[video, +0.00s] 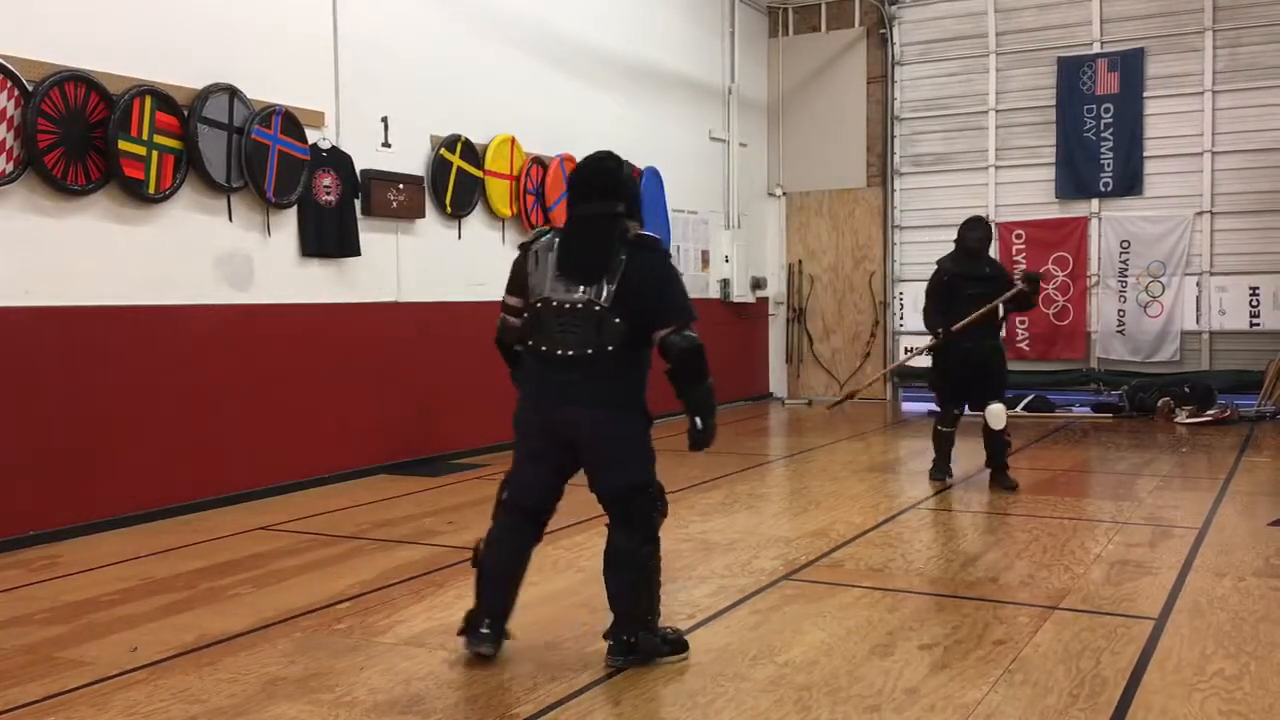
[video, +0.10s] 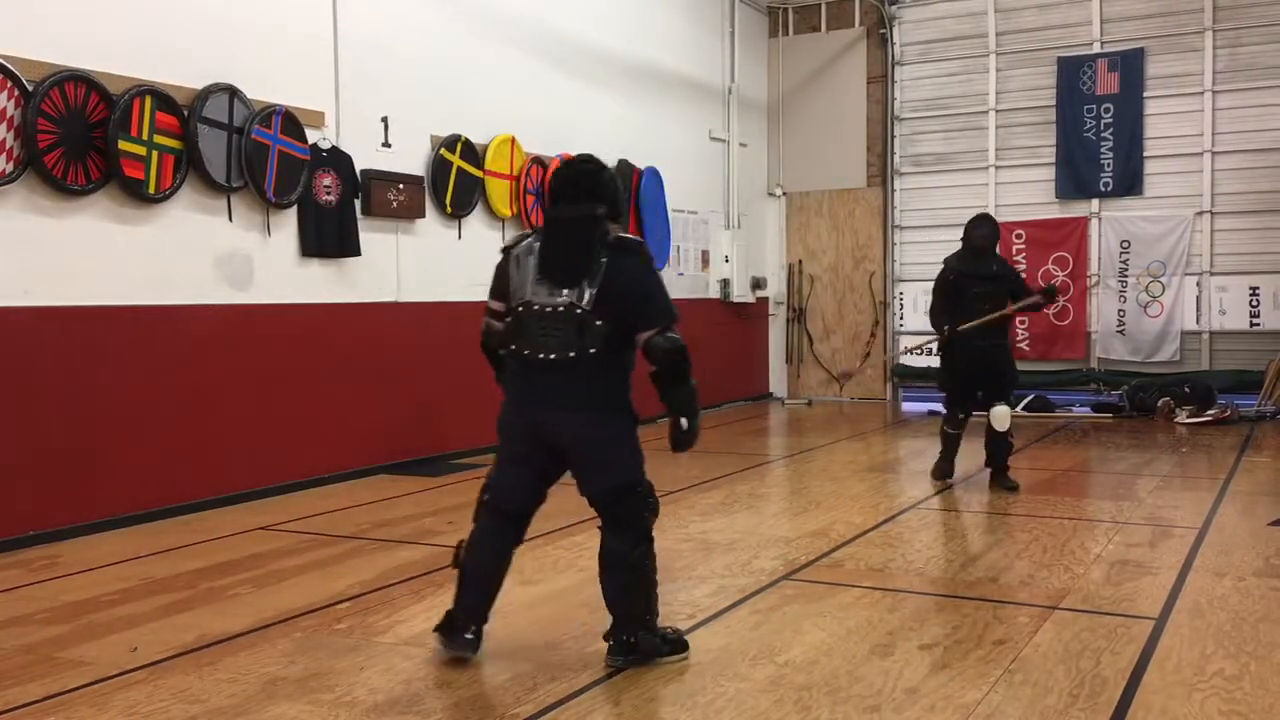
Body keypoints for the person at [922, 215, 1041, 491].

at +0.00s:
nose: (978, 247)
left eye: (983, 242)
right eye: (973, 241)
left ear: (990, 241)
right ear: (961, 238)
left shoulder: (996, 271)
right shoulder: (946, 270)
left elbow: (1016, 303)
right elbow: (932, 308)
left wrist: (1030, 292)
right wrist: (937, 328)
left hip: (988, 352)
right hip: (953, 351)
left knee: (995, 411)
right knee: (949, 411)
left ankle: (999, 472)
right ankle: (941, 464)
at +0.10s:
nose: (982, 246)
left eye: (988, 240)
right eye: (977, 239)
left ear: (997, 240)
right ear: (967, 237)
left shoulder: (1003, 270)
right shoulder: (953, 269)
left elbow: (1022, 300)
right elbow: (937, 308)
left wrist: (1042, 298)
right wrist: (943, 328)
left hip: (996, 352)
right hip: (960, 351)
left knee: (1000, 411)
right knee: (957, 412)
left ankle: (999, 472)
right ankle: (946, 462)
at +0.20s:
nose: (988, 244)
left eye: (993, 237)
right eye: (982, 237)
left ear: (1002, 238)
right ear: (972, 237)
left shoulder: (1009, 269)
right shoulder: (958, 268)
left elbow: (1033, 297)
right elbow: (942, 305)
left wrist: (1058, 311)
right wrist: (948, 324)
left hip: (1001, 349)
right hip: (965, 348)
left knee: (1002, 411)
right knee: (964, 409)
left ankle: (1000, 472)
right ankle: (957, 458)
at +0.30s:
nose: (987, 243)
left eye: (993, 236)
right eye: (981, 236)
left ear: (1004, 236)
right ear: (972, 235)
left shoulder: (1015, 267)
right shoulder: (961, 266)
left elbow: (1040, 298)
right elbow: (944, 302)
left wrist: (1057, 328)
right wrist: (947, 320)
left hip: (1003, 350)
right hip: (966, 349)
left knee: (1003, 413)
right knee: (969, 412)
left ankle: (1000, 473)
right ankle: (969, 468)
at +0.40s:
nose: (986, 243)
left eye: (992, 237)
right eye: (981, 237)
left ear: (1005, 237)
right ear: (972, 236)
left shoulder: (1018, 268)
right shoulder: (963, 268)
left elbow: (1042, 302)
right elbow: (945, 305)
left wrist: (1048, 337)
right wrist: (952, 323)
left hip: (1006, 351)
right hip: (969, 350)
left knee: (1003, 412)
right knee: (974, 410)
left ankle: (1000, 473)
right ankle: (975, 474)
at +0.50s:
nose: (986, 244)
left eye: (992, 238)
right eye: (981, 238)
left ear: (1005, 238)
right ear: (972, 238)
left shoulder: (1018, 271)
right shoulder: (962, 270)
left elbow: (1040, 307)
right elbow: (945, 310)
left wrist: (1040, 336)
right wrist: (954, 325)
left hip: (1007, 354)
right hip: (971, 354)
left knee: (1003, 415)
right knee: (975, 412)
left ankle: (1001, 474)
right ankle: (976, 476)